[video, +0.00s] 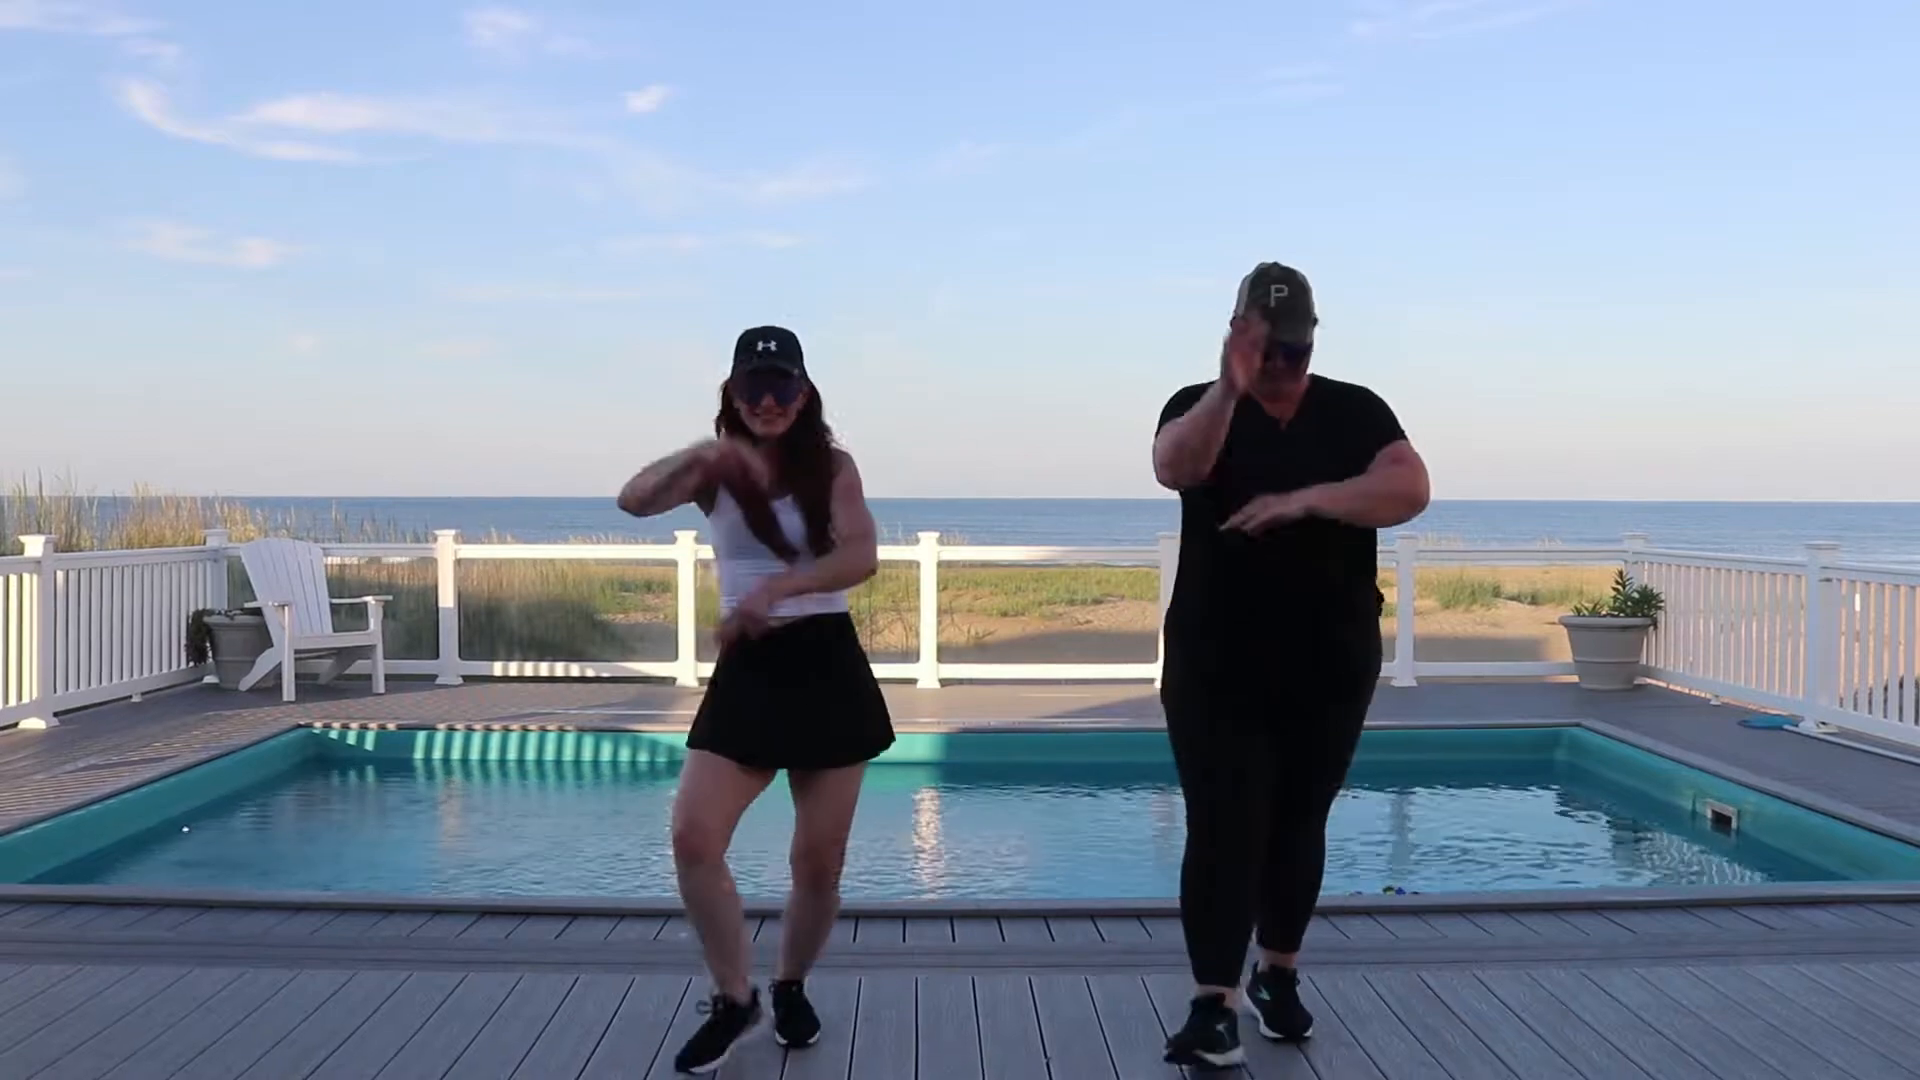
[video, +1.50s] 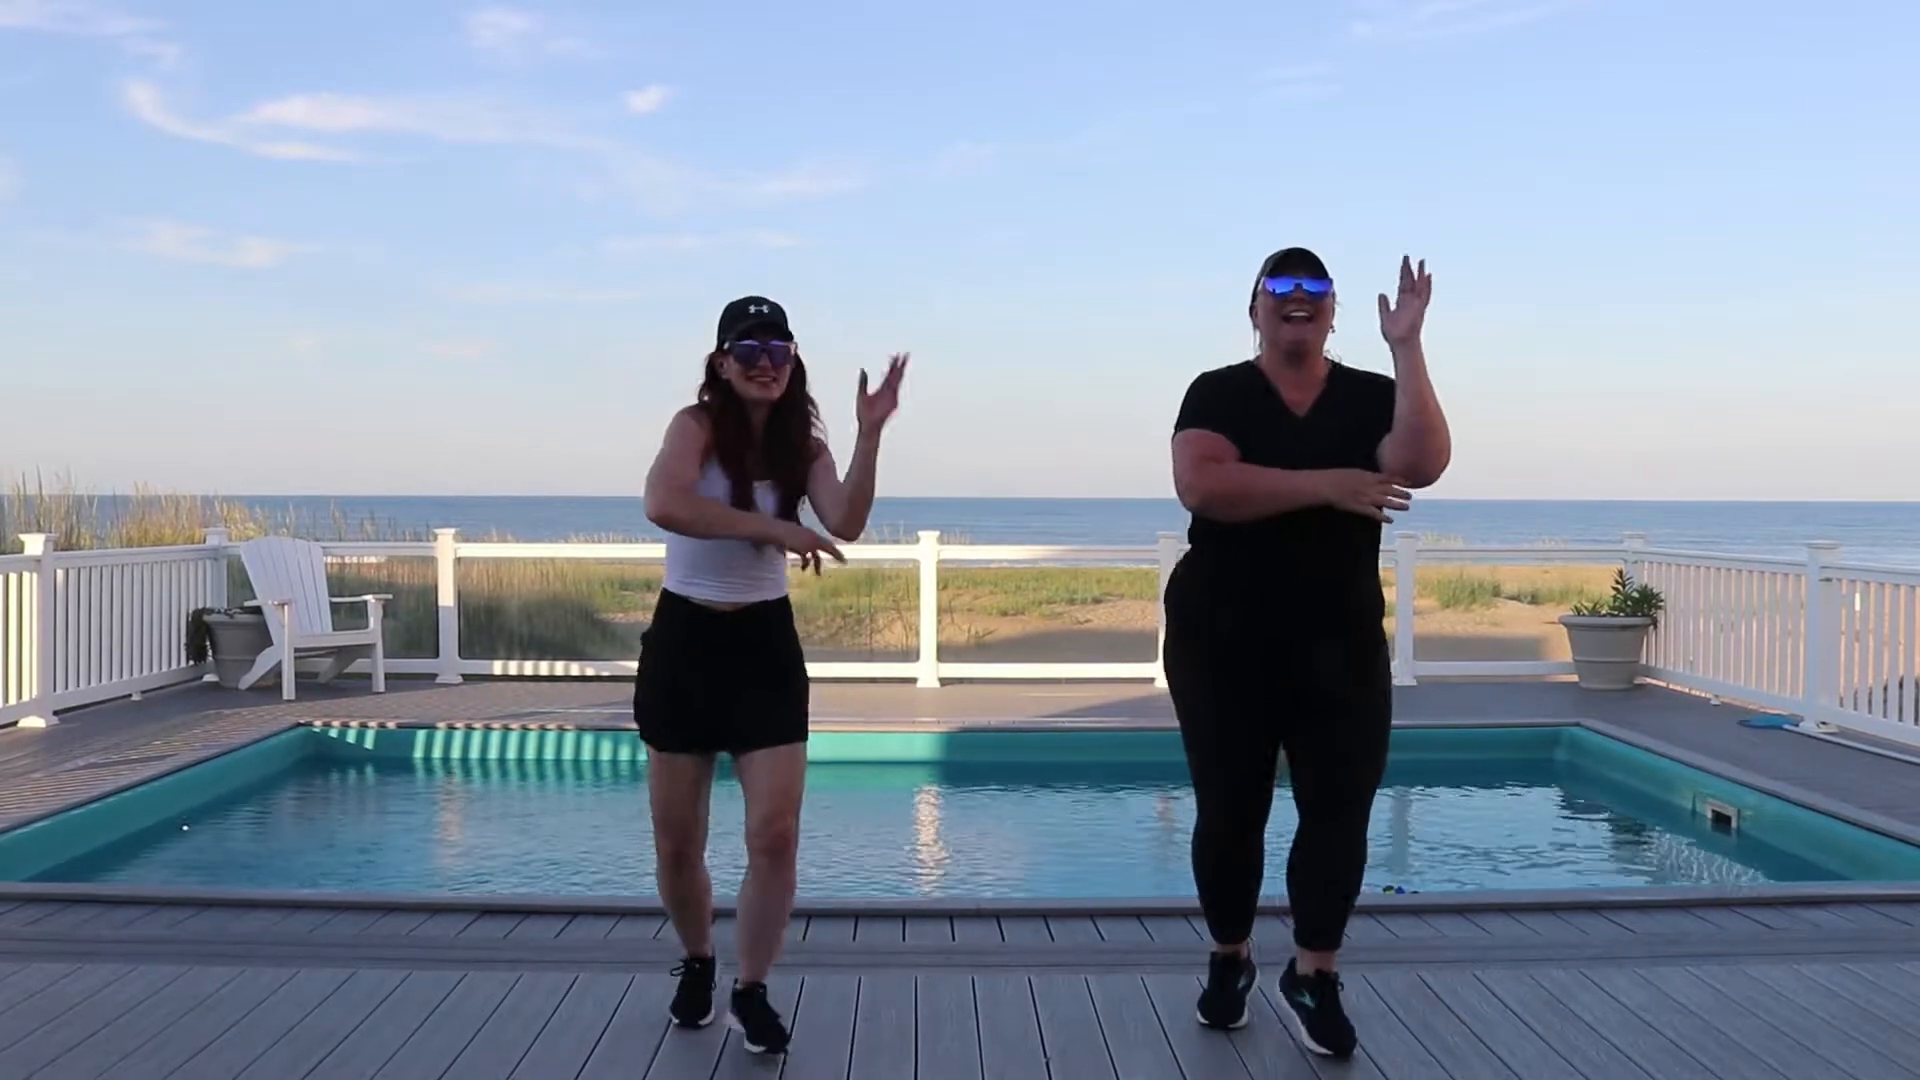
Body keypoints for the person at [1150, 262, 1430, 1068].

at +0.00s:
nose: (1286, 364)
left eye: (1298, 350)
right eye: (1271, 349)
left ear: (1313, 340)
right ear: (1238, 339)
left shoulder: (1353, 409)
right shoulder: (1195, 408)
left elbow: (1409, 489)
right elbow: (1179, 470)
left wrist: (1307, 498)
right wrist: (1230, 384)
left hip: (1327, 667)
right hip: (1216, 665)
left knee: (1301, 823)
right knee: (1222, 825)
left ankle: (1278, 974)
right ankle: (1214, 1000)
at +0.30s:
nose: (1276, 374)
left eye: (1290, 359)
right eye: (1261, 359)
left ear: (1311, 348)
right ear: (1234, 347)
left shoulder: (1350, 405)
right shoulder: (1189, 414)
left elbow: (1400, 474)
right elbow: (1194, 485)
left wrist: (1292, 482)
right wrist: (1208, 368)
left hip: (1318, 654)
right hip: (1205, 659)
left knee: (1356, 799)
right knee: (1221, 825)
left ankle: (1286, 947)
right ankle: (1231, 996)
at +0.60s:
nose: (1279, 328)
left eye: (1292, 316)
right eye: (1265, 314)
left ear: (1310, 322)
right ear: (1235, 319)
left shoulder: (1349, 401)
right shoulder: (1189, 401)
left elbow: (1408, 479)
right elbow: (1178, 470)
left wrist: (1293, 485)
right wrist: (1230, 371)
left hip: (1321, 658)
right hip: (1207, 657)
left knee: (1301, 823)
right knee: (1207, 825)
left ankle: (1283, 974)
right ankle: (1220, 985)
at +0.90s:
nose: (1273, 321)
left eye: (1287, 312)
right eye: (1259, 309)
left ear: (1303, 331)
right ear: (1228, 324)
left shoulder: (1342, 418)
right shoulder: (1186, 414)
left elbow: (1420, 475)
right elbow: (1163, 505)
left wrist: (1377, 379)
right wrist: (1287, 520)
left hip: (1313, 664)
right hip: (1199, 664)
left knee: (1318, 828)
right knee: (1210, 830)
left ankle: (1344, 1003)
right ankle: (1222, 974)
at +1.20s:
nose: (1294, 313)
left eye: (1308, 303)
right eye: (1279, 302)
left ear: (1327, 321)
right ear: (1252, 319)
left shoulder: (1365, 409)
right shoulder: (1211, 398)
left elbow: (1398, 473)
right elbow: (1183, 484)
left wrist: (1390, 356)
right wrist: (1306, 481)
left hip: (1333, 667)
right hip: (1216, 661)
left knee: (1314, 836)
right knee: (1195, 827)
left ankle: (1299, 1000)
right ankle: (1223, 954)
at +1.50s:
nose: (1300, 309)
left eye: (1313, 299)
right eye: (1284, 297)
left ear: (1332, 312)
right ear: (1257, 310)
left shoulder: (1371, 399)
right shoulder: (1217, 394)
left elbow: (1423, 464)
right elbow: (1201, 487)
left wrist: (1406, 345)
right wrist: (1329, 484)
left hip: (1341, 643)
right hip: (1225, 643)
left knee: (1338, 814)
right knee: (1229, 809)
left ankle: (1316, 974)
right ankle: (1229, 957)